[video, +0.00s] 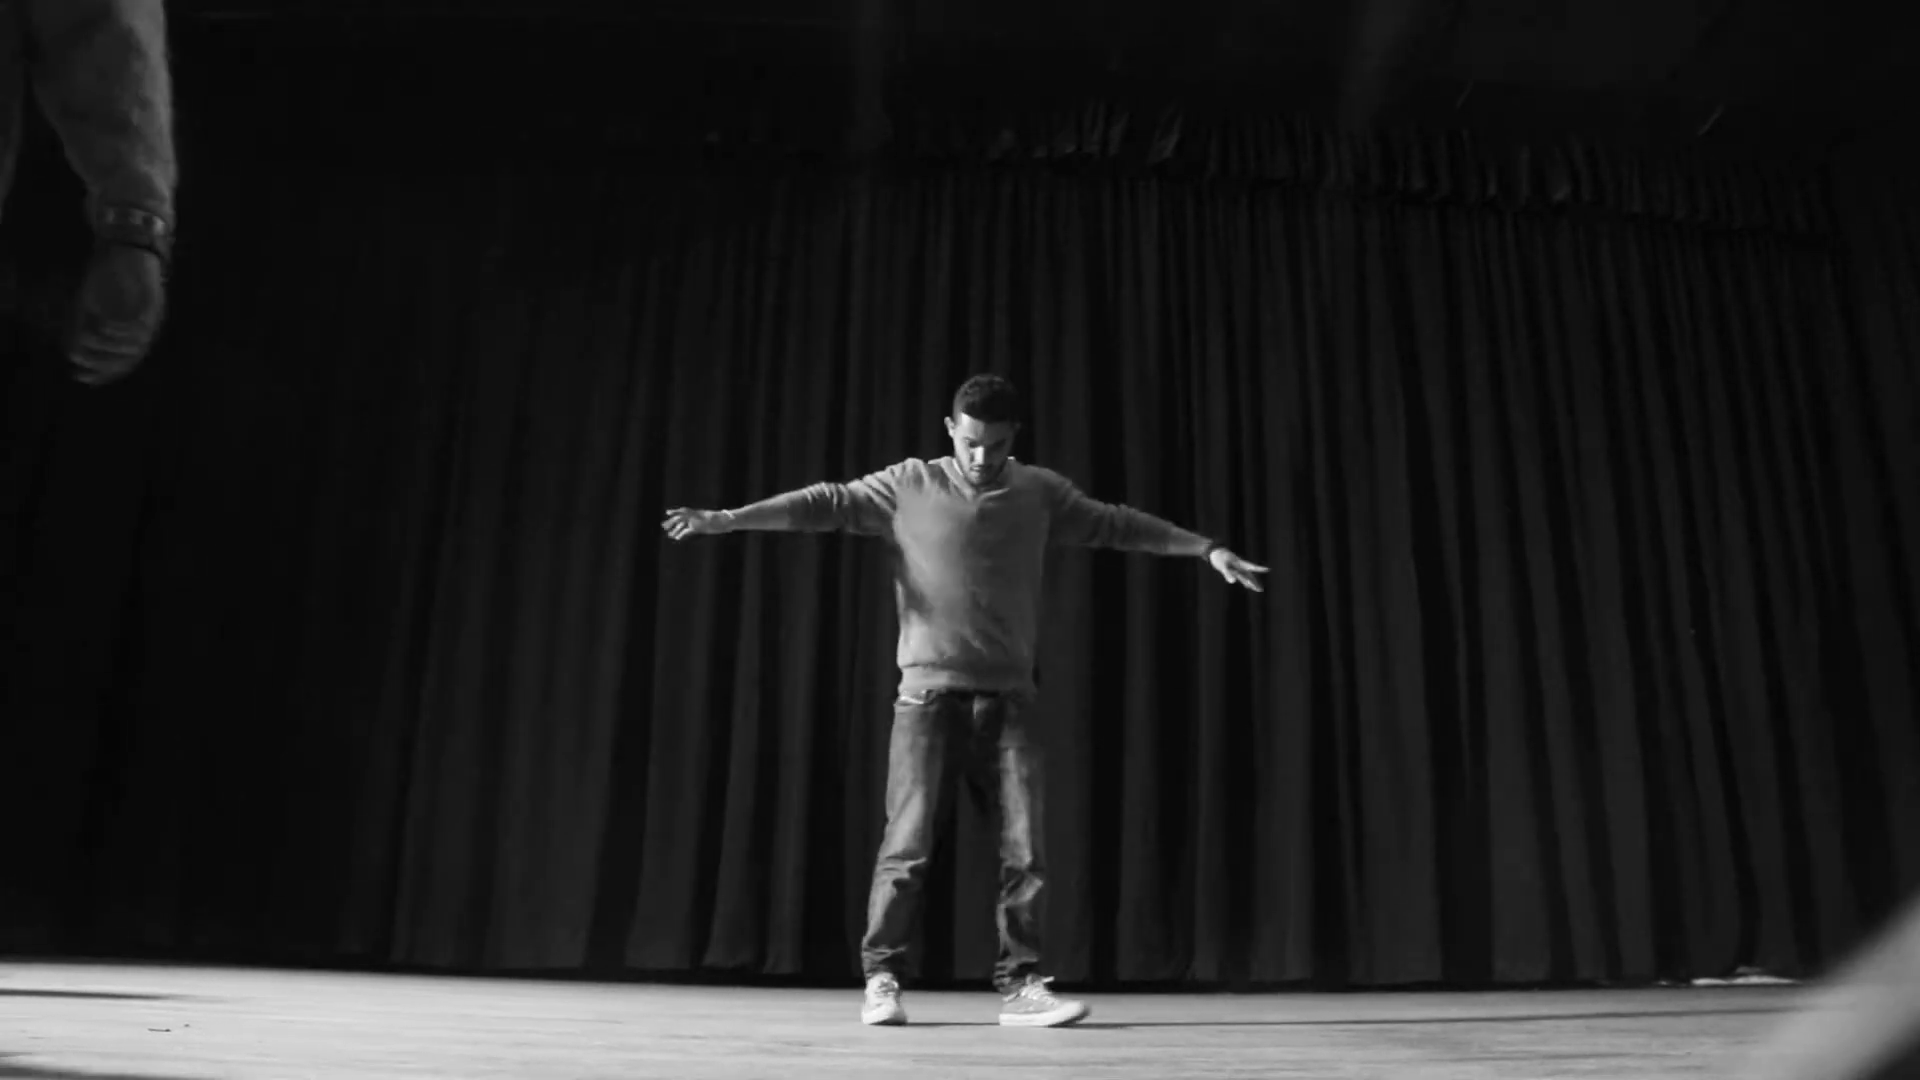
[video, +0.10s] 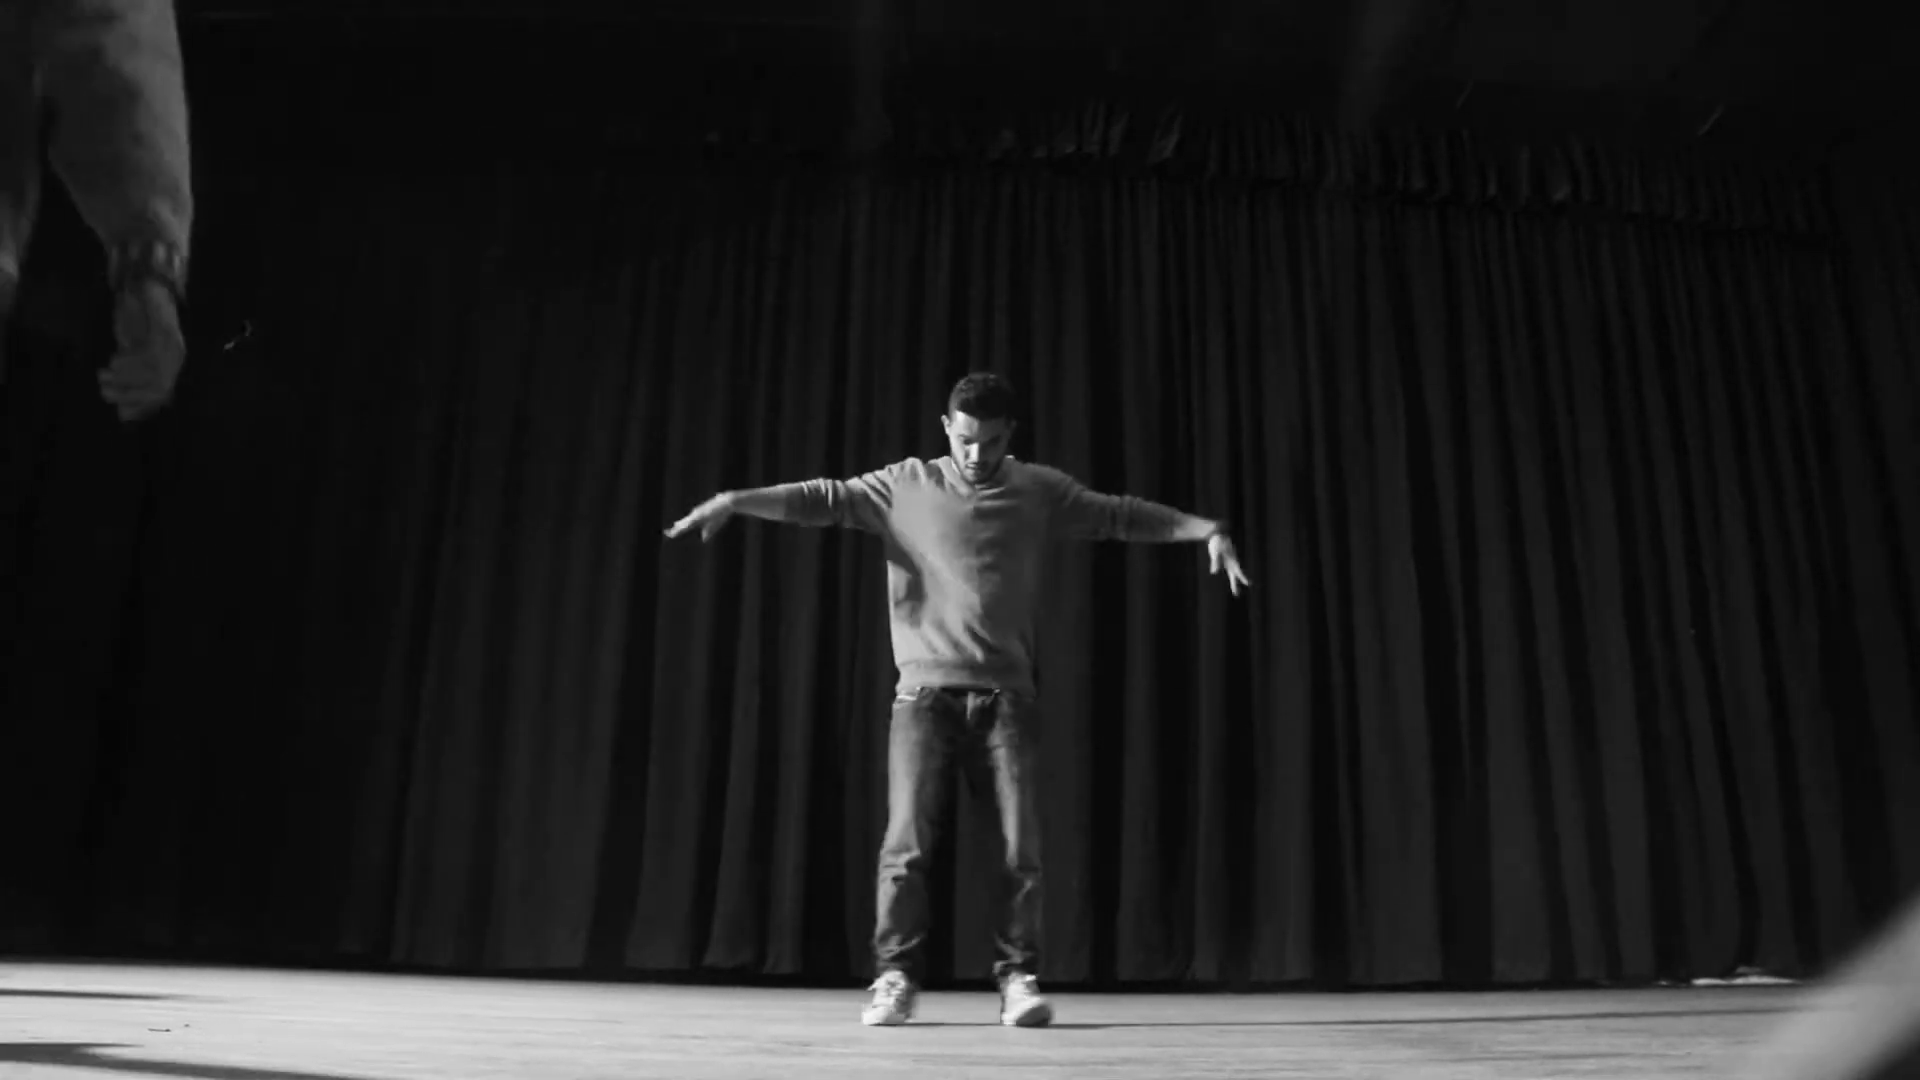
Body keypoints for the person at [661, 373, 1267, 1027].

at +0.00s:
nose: (986, 458)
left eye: (999, 446)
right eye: (974, 443)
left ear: (1017, 441)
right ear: (950, 430)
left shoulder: (1041, 493)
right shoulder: (909, 486)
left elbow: (1121, 525)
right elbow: (820, 502)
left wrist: (1208, 549)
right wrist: (724, 520)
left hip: (1009, 691)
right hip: (928, 689)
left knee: (1025, 846)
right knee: (911, 841)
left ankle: (1023, 990)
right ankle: (883, 980)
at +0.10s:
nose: (978, 457)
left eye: (991, 444)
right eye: (967, 443)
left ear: (1011, 437)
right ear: (946, 430)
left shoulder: (1040, 490)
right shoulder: (907, 486)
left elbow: (1122, 516)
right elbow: (822, 497)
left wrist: (1206, 529)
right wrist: (733, 500)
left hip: (1008, 690)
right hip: (925, 689)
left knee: (1022, 846)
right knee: (912, 840)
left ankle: (1020, 982)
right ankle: (894, 979)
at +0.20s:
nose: (977, 456)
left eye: (991, 444)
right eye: (967, 441)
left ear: (1010, 436)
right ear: (945, 428)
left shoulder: (1041, 491)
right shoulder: (905, 489)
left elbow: (1126, 517)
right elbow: (818, 505)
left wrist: (1217, 530)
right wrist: (727, 502)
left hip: (1005, 696)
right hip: (921, 695)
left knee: (1019, 847)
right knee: (911, 844)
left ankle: (1022, 987)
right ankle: (913, 985)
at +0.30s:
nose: (974, 455)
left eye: (987, 444)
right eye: (963, 442)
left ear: (1005, 433)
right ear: (943, 428)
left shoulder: (1040, 490)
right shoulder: (904, 488)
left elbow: (1121, 518)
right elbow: (822, 508)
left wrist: (1212, 531)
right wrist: (731, 510)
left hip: (1009, 693)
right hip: (924, 693)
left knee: (1016, 847)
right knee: (915, 845)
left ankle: (1019, 986)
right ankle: (914, 985)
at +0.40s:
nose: (971, 446)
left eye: (984, 434)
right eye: (961, 432)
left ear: (1004, 430)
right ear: (942, 424)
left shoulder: (1039, 492)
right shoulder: (903, 491)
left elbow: (1121, 523)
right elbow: (820, 514)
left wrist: (1210, 533)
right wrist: (728, 513)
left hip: (1007, 693)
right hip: (924, 695)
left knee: (1017, 849)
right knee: (916, 847)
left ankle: (1019, 987)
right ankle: (914, 986)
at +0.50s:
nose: (971, 443)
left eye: (984, 431)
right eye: (961, 430)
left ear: (1004, 426)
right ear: (942, 421)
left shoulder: (1039, 489)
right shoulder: (904, 489)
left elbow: (1122, 520)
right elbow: (819, 513)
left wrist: (1211, 531)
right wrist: (728, 515)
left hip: (1009, 691)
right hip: (927, 693)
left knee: (1019, 848)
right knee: (920, 846)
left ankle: (1019, 988)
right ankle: (914, 986)